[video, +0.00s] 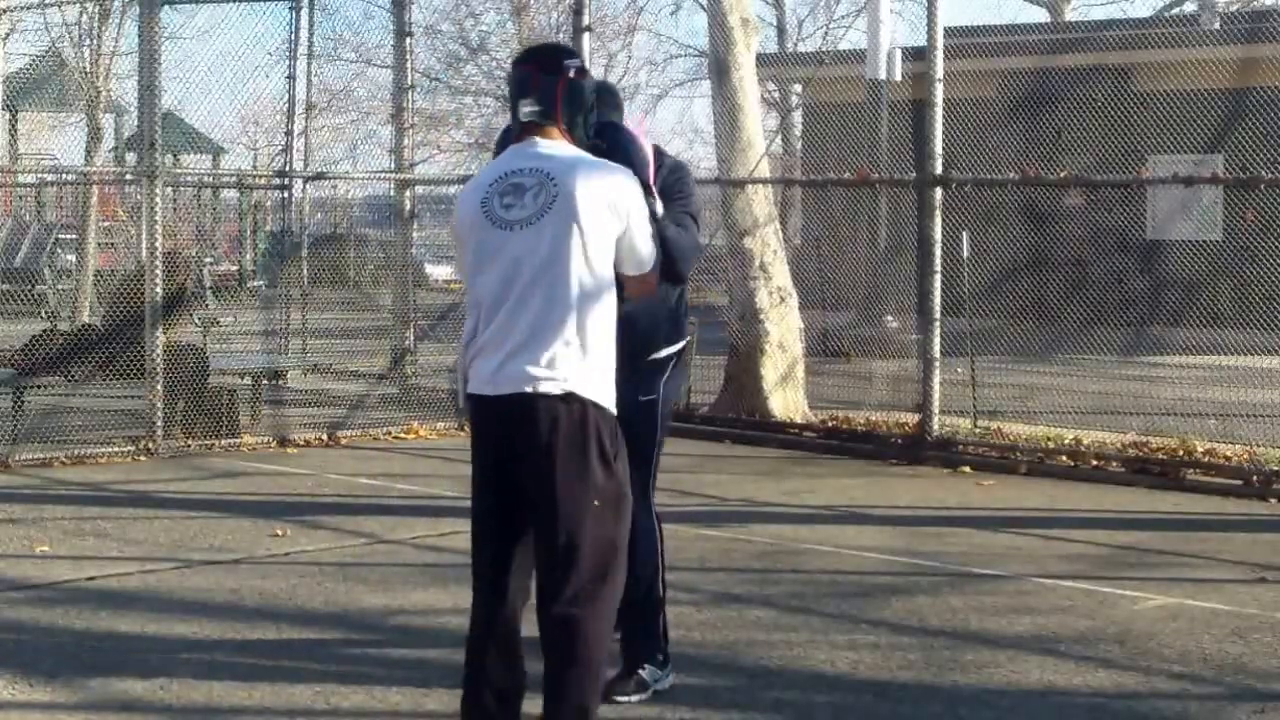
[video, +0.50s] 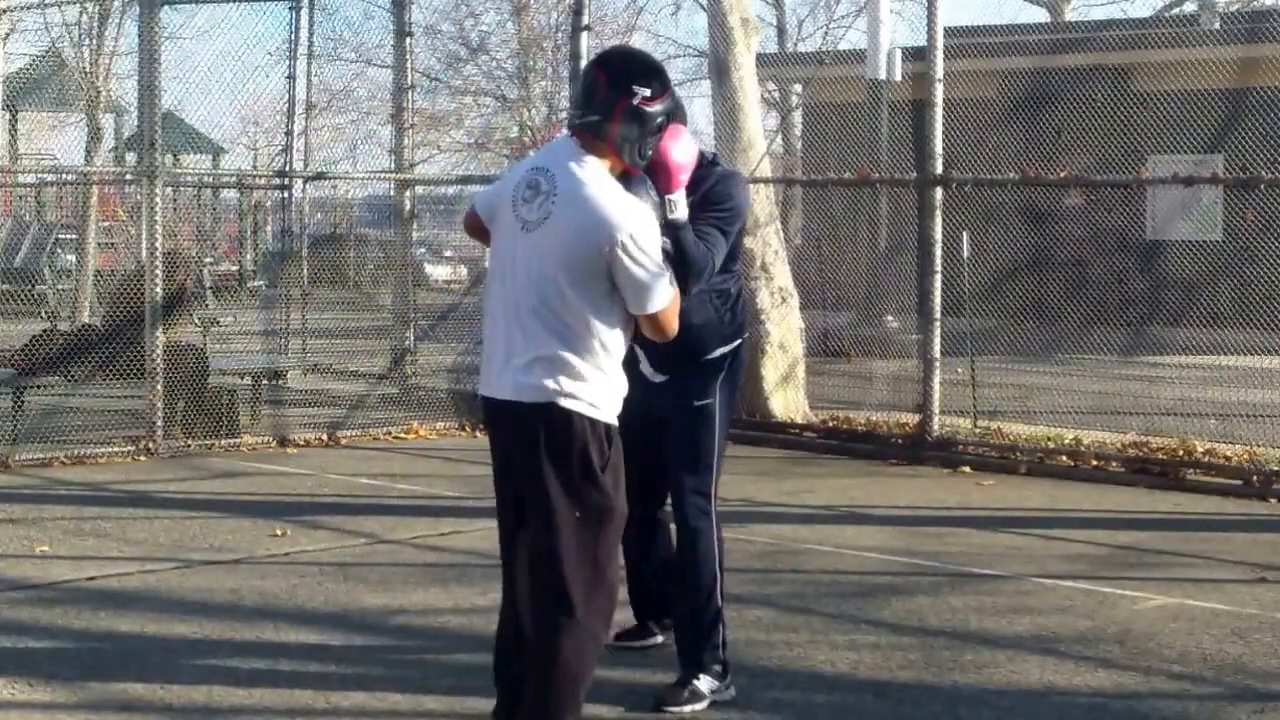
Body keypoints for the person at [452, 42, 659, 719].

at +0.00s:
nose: (587, 105)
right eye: (582, 94)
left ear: (512, 107)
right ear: (577, 100)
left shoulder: (474, 190)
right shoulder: (610, 180)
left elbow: (483, 277)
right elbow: (642, 282)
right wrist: (564, 280)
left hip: (489, 400)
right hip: (574, 401)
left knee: (495, 580)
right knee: (583, 582)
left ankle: (487, 709)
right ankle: (573, 707)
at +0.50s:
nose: (656, 134)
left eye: (656, 121)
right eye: (650, 121)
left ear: (586, 110)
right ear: (626, 122)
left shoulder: (534, 165)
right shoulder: (621, 209)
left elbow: (476, 220)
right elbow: (662, 323)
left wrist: (542, 260)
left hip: (507, 400)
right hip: (573, 413)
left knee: (530, 566)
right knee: (583, 584)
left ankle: (518, 701)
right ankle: (548, 706)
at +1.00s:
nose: (646, 121)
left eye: (645, 106)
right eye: (640, 106)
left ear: (574, 105)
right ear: (622, 109)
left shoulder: (534, 175)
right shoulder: (615, 191)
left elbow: (581, 267)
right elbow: (672, 301)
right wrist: (670, 229)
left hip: (516, 389)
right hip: (567, 399)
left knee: (543, 559)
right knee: (572, 569)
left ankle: (531, 699)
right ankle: (539, 705)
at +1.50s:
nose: (715, 368)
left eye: (726, 358)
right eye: (719, 354)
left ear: (689, 311)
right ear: (695, 328)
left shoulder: (641, 325)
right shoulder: (625, 361)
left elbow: (632, 436)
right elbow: (608, 477)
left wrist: (684, 421)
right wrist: (683, 437)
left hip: (534, 467)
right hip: (492, 471)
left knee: (629, 535)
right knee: (568, 598)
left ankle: (616, 680)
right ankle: (476, 708)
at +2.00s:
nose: (635, 161)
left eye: (642, 147)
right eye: (622, 146)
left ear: (574, 150)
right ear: (580, 147)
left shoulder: (547, 206)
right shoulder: (569, 222)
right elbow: (631, 327)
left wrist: (625, 242)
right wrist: (668, 261)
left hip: (524, 419)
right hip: (500, 424)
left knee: (573, 544)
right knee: (498, 597)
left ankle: (570, 690)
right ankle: (446, 712)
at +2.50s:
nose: (635, 145)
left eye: (632, 134)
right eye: (630, 134)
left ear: (561, 142)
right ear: (617, 138)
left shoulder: (532, 211)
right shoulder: (624, 195)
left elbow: (534, 306)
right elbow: (718, 258)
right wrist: (718, 193)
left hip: (514, 386)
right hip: (567, 394)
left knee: (599, 533)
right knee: (546, 559)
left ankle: (591, 695)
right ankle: (459, 705)